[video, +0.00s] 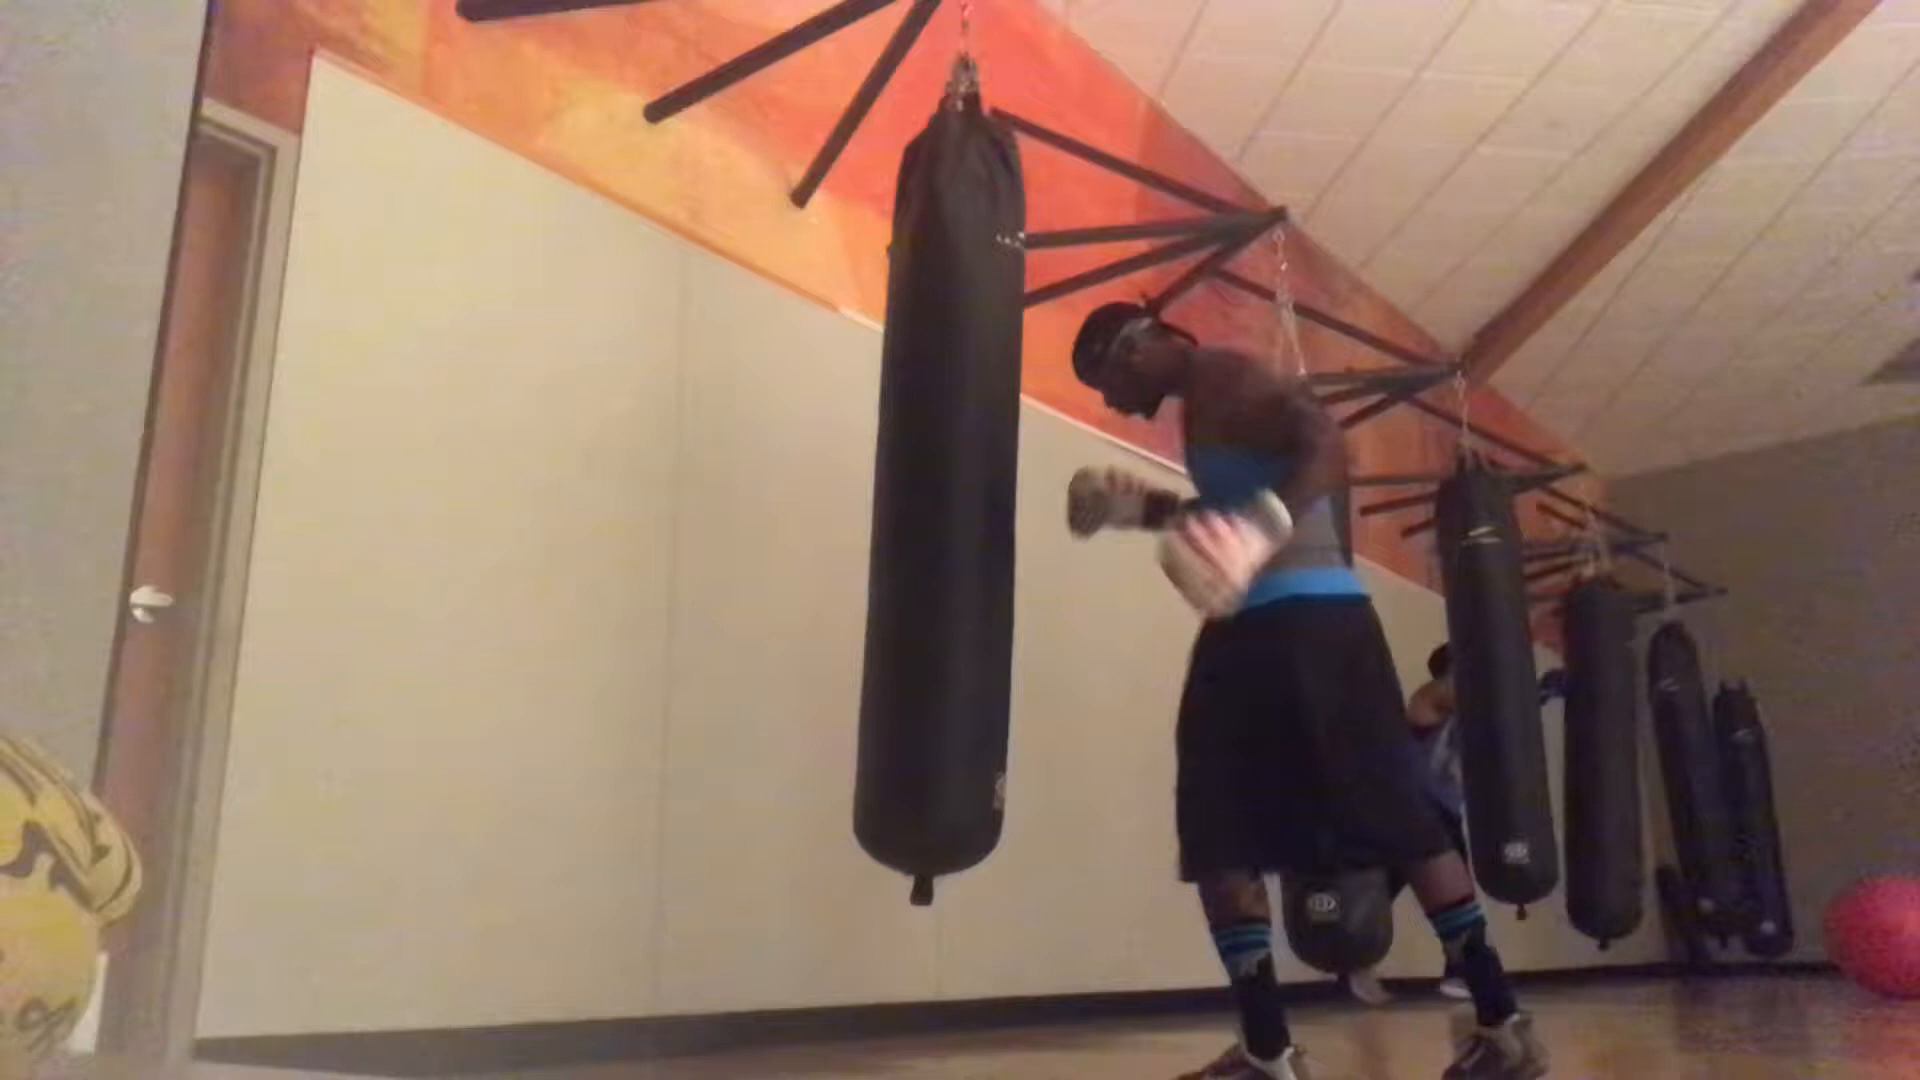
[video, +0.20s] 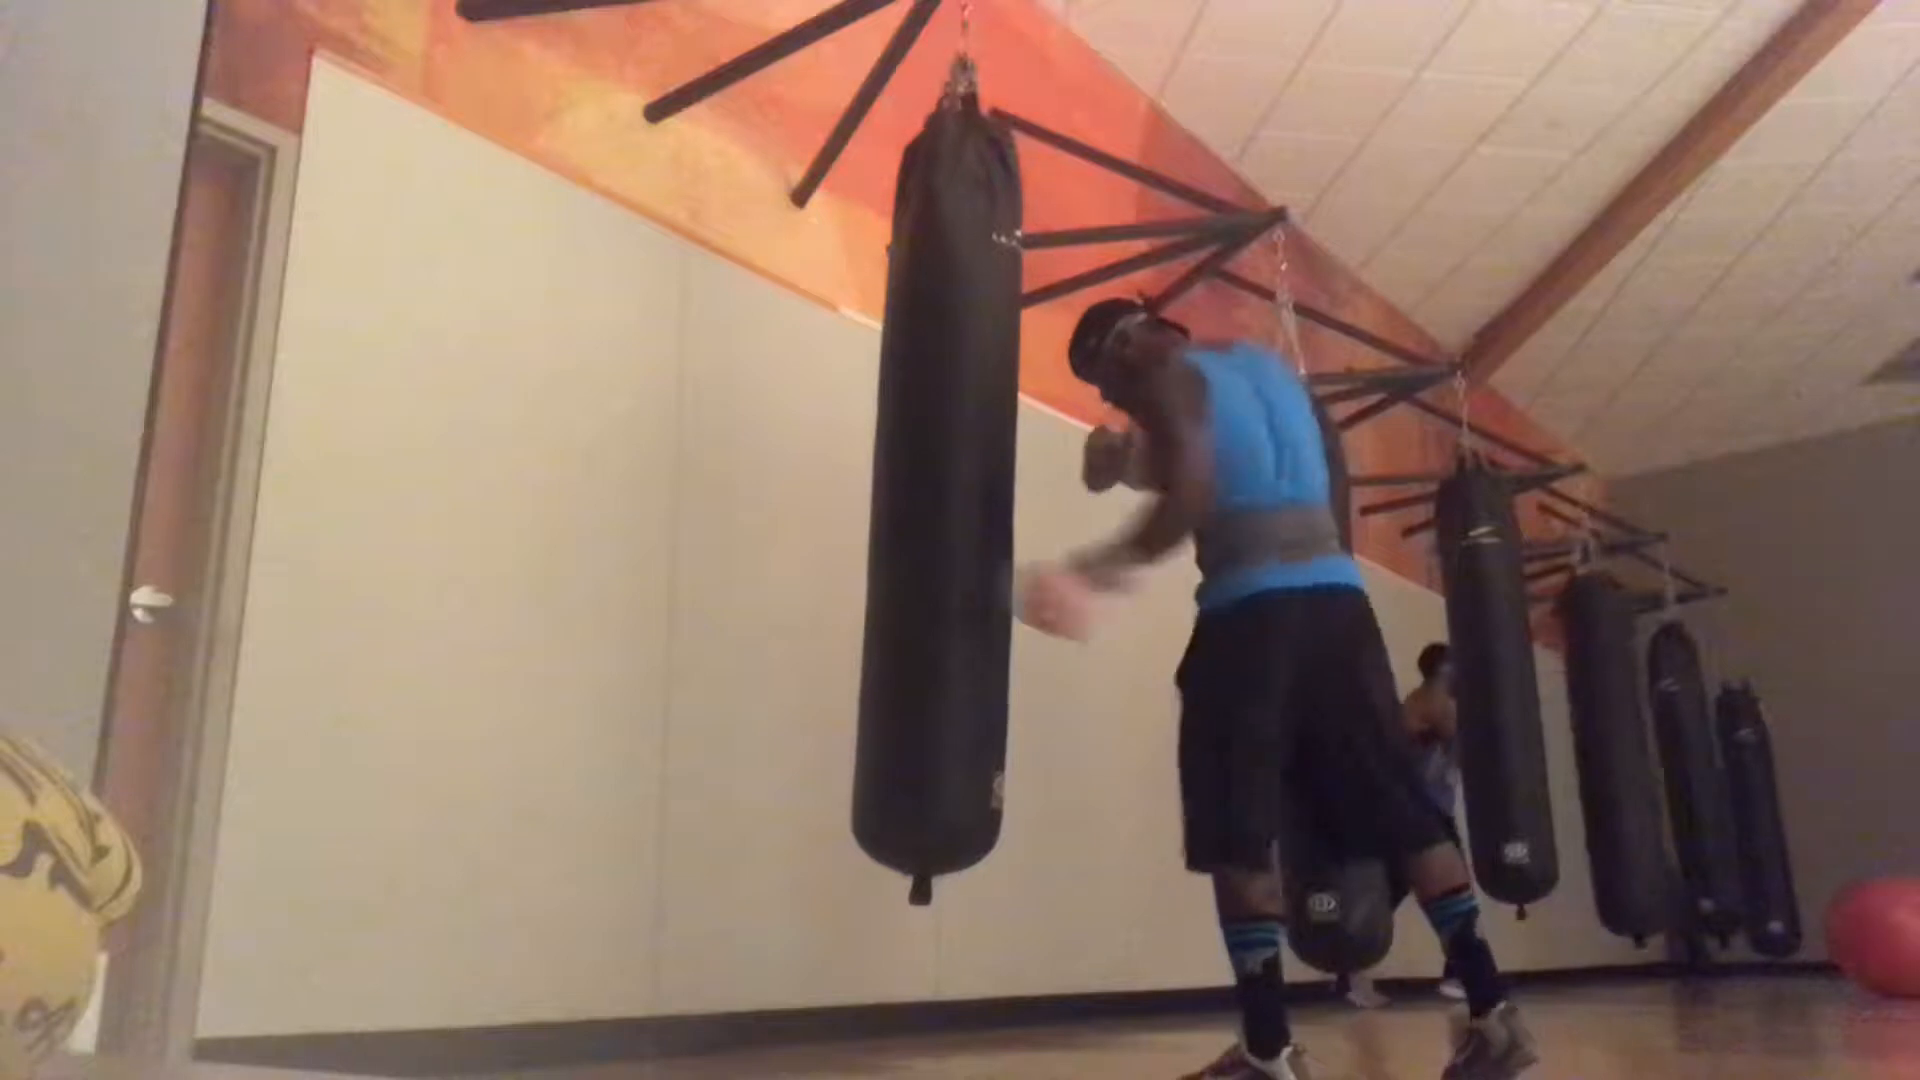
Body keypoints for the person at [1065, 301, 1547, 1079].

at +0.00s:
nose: (1117, 401)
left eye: (1112, 380)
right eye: (1107, 391)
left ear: (1143, 339)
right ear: (1143, 346)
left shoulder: (1223, 373)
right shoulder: (1205, 400)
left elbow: (1322, 438)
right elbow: (1245, 507)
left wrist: (1262, 529)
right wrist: (1142, 507)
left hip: (1312, 629)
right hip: (1246, 636)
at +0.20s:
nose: (1119, 400)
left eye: (1109, 383)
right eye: (1108, 390)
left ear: (1129, 342)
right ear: (1157, 323)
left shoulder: (1171, 374)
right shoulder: (1276, 371)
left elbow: (1187, 494)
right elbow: (1333, 490)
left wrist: (1105, 562)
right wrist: (1331, 577)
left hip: (1248, 631)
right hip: (1342, 618)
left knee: (1237, 834)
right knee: (1402, 807)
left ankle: (1267, 1046)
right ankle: (1492, 1013)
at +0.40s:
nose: (1129, 406)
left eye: (1118, 386)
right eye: (1118, 395)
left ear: (1132, 344)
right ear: (1164, 323)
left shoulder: (1175, 366)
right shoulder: (1279, 371)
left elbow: (1163, 500)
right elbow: (1335, 499)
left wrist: (1088, 528)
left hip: (1253, 624)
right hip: (1345, 613)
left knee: (1243, 830)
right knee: (1402, 807)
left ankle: (1267, 1046)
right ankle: (1495, 1009)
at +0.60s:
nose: (1145, 397)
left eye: (1138, 376)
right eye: (1135, 387)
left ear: (1162, 332)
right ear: (1181, 328)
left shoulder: (1233, 362)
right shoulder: (1262, 387)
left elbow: (1271, 469)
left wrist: (1177, 482)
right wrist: (1089, 502)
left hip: (1292, 614)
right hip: (1367, 609)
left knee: (1271, 831)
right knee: (1403, 818)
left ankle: (1271, 1045)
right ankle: (1495, 1021)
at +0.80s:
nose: (1174, 411)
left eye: (1168, 391)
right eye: (1164, 402)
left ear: (1196, 350)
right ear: (1216, 344)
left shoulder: (1256, 379)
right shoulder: (1307, 406)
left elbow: (1260, 472)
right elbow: (1257, 530)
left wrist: (1174, 484)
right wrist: (1152, 515)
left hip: (1307, 622)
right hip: (1393, 620)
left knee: (1221, 806)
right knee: (1420, 824)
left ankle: (1251, 1029)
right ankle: (1500, 1031)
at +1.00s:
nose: (1152, 425)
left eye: (1145, 411)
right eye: (1144, 417)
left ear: (1161, 376)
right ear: (1186, 360)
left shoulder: (1201, 389)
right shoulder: (1308, 404)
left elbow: (1121, 491)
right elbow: (1390, 496)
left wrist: (1054, 492)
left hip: (1284, 628)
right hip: (1378, 624)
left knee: (1221, 825)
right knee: (1418, 833)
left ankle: (1234, 1041)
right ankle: (1499, 1034)